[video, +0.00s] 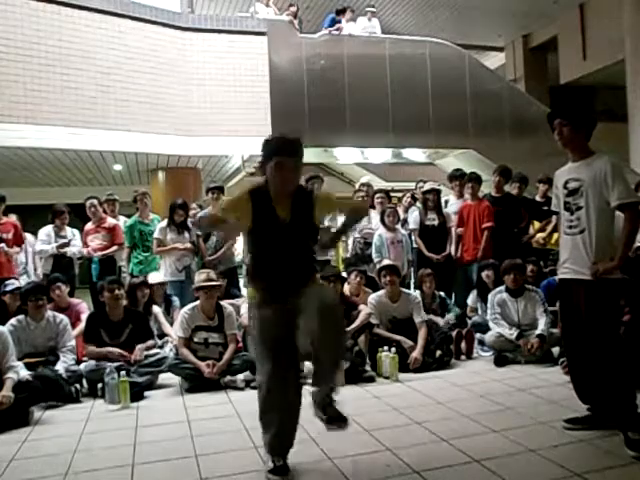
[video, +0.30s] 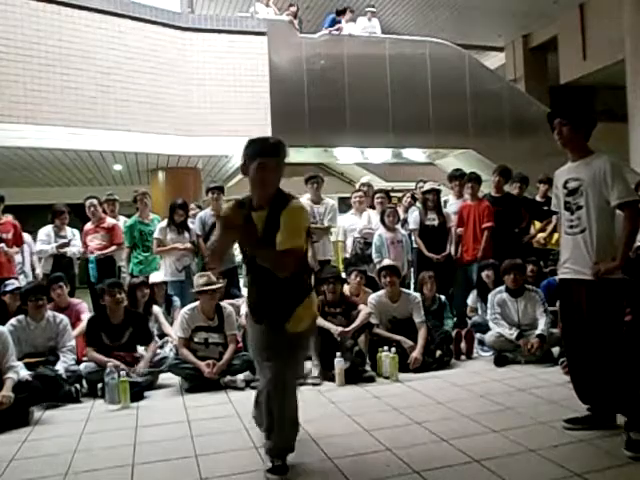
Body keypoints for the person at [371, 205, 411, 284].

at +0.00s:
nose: (391, 219)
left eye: (394, 216)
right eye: (388, 216)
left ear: (397, 218)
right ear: (383, 218)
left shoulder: (403, 233)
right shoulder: (379, 234)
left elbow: (408, 249)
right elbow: (376, 252)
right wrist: (380, 263)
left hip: (403, 268)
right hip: (387, 268)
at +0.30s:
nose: (391, 219)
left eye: (394, 216)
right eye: (388, 216)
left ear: (397, 218)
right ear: (383, 218)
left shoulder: (403, 234)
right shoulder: (379, 234)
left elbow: (408, 250)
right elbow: (376, 253)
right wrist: (380, 265)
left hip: (403, 269)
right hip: (387, 269)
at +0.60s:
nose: (391, 219)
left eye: (394, 216)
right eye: (388, 216)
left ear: (397, 218)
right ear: (383, 218)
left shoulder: (403, 233)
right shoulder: (379, 234)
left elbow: (408, 248)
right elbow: (376, 253)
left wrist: (408, 259)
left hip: (403, 269)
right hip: (387, 269)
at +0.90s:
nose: (392, 219)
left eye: (394, 216)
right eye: (388, 216)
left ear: (398, 218)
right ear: (384, 218)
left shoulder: (403, 234)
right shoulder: (380, 235)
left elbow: (408, 250)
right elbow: (376, 253)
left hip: (403, 269)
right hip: (387, 269)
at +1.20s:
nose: (392, 219)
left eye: (394, 216)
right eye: (388, 216)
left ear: (398, 218)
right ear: (384, 218)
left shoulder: (404, 234)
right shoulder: (380, 234)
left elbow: (408, 252)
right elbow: (376, 253)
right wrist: (380, 268)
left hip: (403, 270)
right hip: (387, 269)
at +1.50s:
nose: (392, 219)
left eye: (394, 216)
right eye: (389, 216)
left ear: (398, 218)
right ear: (384, 218)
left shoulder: (403, 234)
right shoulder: (380, 234)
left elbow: (408, 252)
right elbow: (376, 253)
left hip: (403, 269)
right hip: (387, 268)